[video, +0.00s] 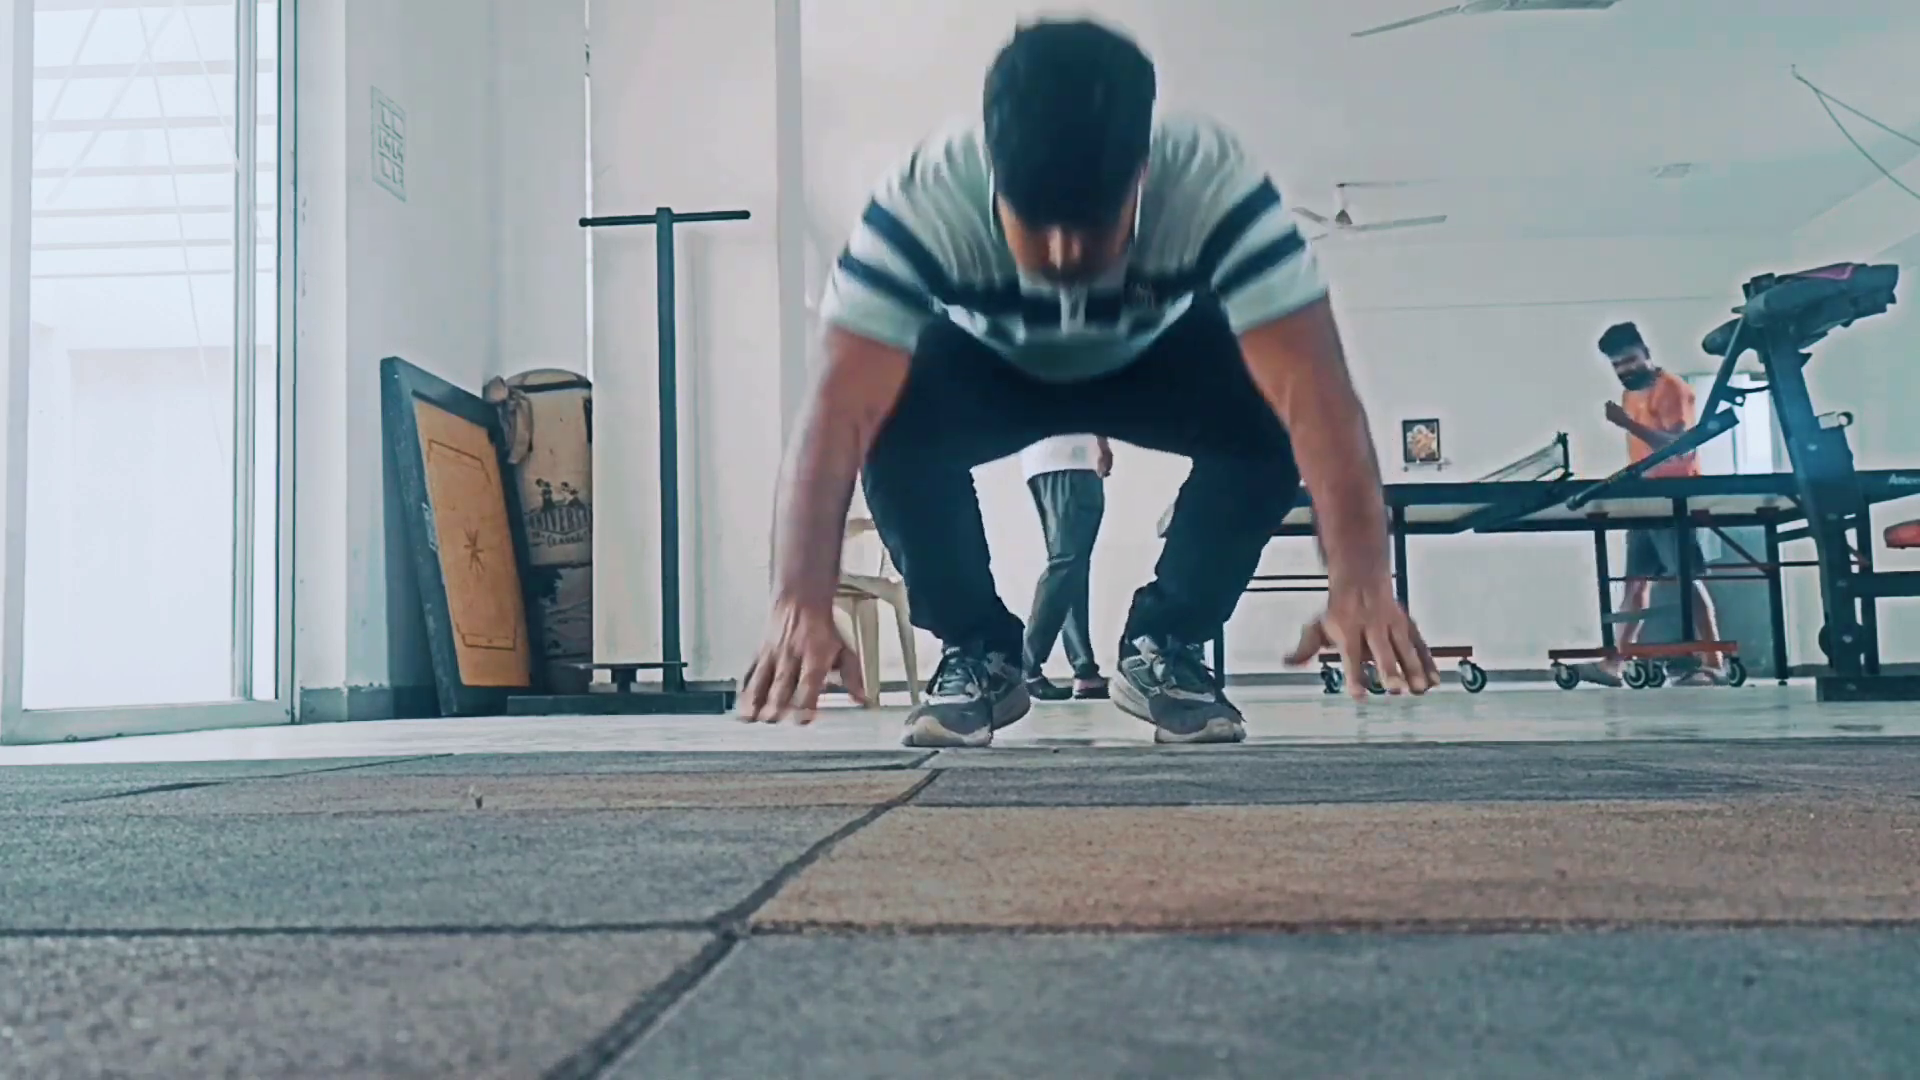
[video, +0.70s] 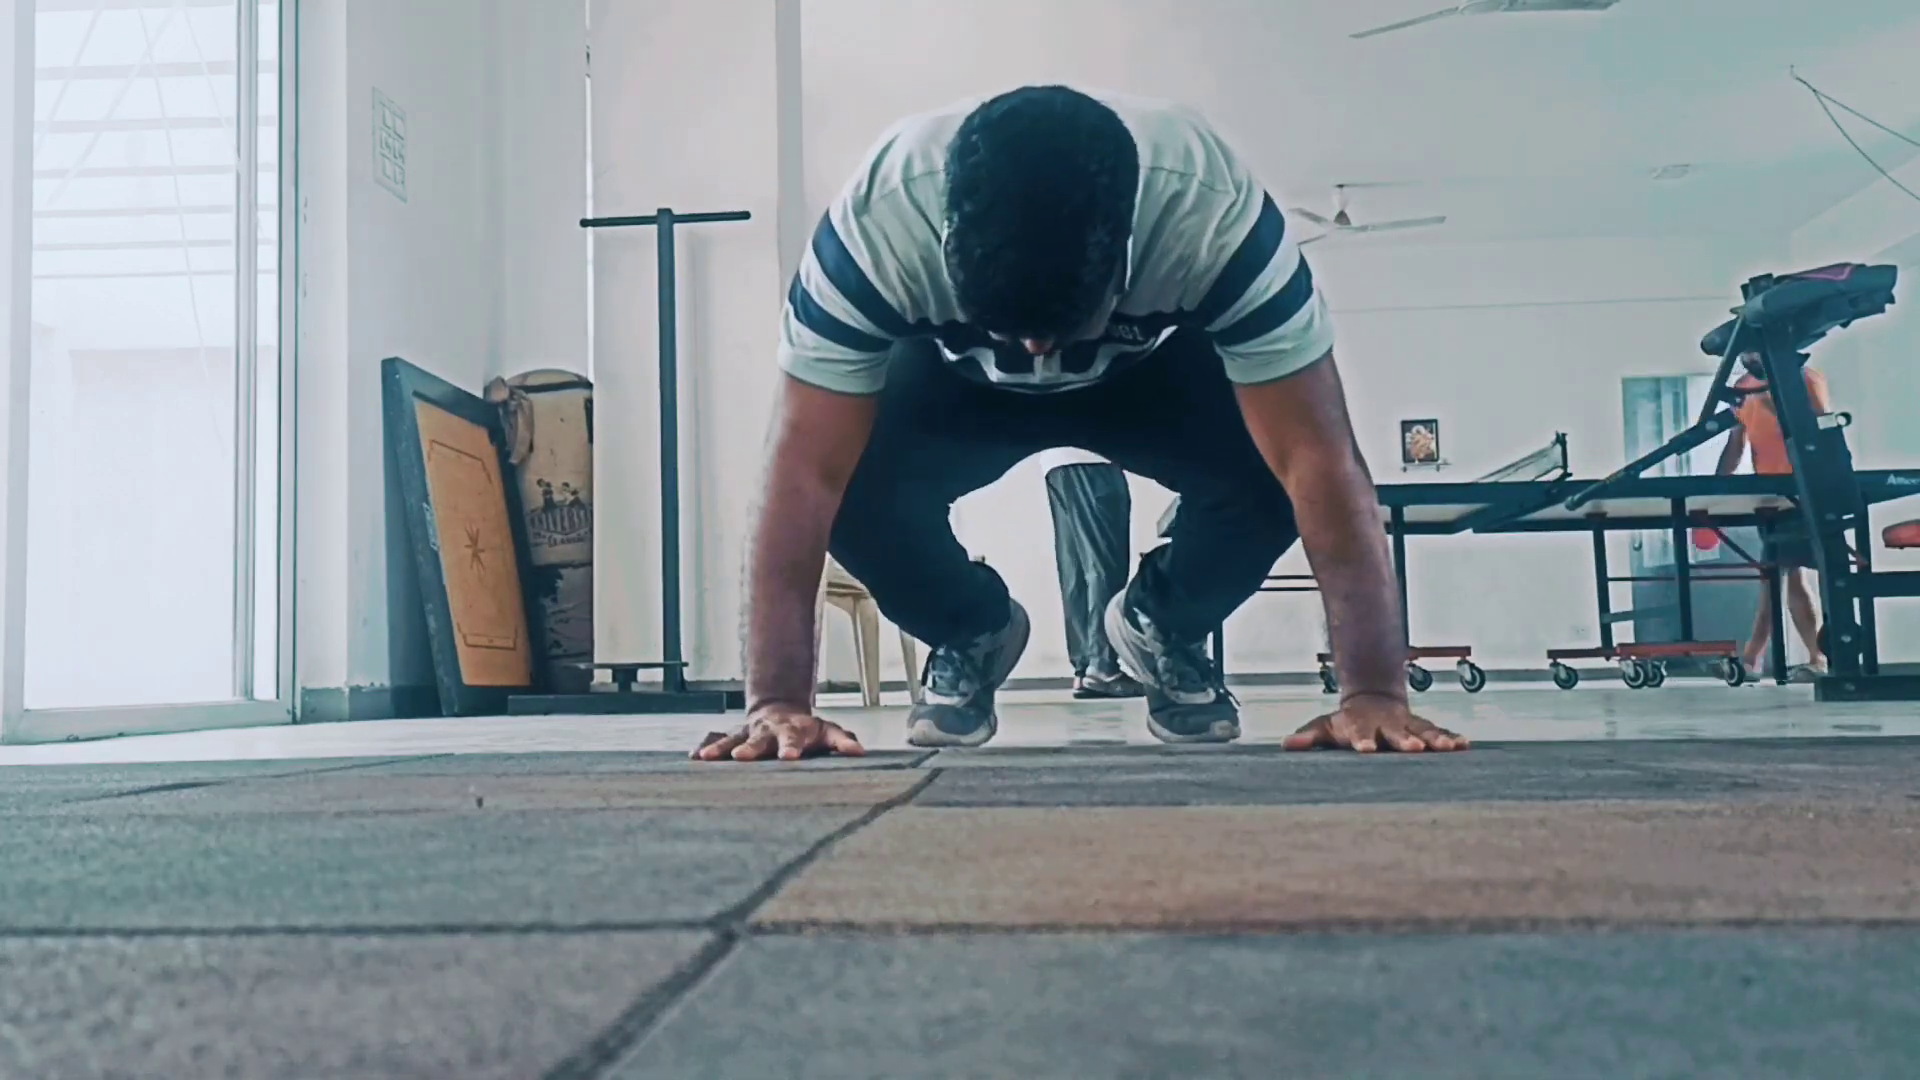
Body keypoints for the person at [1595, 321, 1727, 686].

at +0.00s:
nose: (1623, 370)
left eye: (1628, 361)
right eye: (1616, 364)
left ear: (1646, 354)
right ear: (1612, 365)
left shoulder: (1672, 388)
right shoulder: (1631, 396)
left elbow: (1678, 445)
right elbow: (1643, 451)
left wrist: (1627, 423)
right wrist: (1627, 487)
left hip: (1673, 493)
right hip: (1643, 494)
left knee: (1691, 580)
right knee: (1635, 582)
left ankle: (1714, 664)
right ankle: (1614, 663)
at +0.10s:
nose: (1645, 367)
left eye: (1651, 357)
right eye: (1638, 360)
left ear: (1667, 350)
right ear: (1631, 361)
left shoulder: (1689, 385)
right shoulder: (1648, 391)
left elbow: (1697, 443)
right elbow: (1662, 446)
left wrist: (1651, 418)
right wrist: (1650, 480)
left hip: (1691, 490)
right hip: (1661, 491)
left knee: (1698, 578)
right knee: (1652, 578)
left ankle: (1713, 662)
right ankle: (1644, 659)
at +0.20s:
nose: (1666, 363)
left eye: (1673, 353)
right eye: (1658, 356)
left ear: (1687, 347)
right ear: (1650, 357)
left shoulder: (1712, 382)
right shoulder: (1663, 391)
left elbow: (1717, 435)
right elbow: (1666, 448)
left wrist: (1673, 410)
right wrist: (1661, 502)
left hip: (1709, 487)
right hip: (1672, 490)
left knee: (1709, 574)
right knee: (1672, 578)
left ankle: (1716, 659)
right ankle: (1686, 657)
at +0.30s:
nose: (1684, 361)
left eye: (1690, 352)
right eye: (1676, 354)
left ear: (1704, 346)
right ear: (1669, 353)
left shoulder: (1728, 377)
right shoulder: (1678, 389)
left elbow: (1745, 435)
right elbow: (1677, 444)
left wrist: (1708, 426)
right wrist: (1673, 489)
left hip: (1723, 482)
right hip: (1689, 485)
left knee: (1718, 571)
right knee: (1696, 579)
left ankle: (1718, 662)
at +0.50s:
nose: (1713, 360)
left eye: (1718, 350)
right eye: (1708, 352)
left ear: (1738, 346)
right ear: (1707, 354)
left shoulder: (1767, 382)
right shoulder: (1711, 390)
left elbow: (1791, 443)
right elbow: (1704, 452)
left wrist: (1743, 416)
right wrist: (1687, 499)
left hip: (1760, 490)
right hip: (1724, 493)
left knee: (1741, 574)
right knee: (1761, 583)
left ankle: (1720, 663)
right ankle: (1814, 655)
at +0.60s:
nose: (1746, 362)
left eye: (1752, 355)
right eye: (1739, 356)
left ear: (1766, 356)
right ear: (1730, 361)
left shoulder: (1781, 388)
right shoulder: (1730, 397)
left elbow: (1789, 432)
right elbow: (1718, 450)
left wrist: (1756, 408)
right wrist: (1701, 495)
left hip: (1779, 492)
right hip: (1747, 495)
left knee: (1754, 577)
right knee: (1780, 581)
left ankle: (1731, 659)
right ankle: (1817, 658)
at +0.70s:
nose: (1750, 361)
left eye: (1755, 353)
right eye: (1746, 355)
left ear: (1775, 351)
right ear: (1743, 358)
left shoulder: (1807, 380)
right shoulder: (1746, 389)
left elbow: (1823, 433)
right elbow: (1734, 447)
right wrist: (1715, 491)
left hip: (1804, 490)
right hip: (1767, 492)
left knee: (1771, 574)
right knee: (1794, 577)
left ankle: (1751, 659)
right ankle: (1818, 656)